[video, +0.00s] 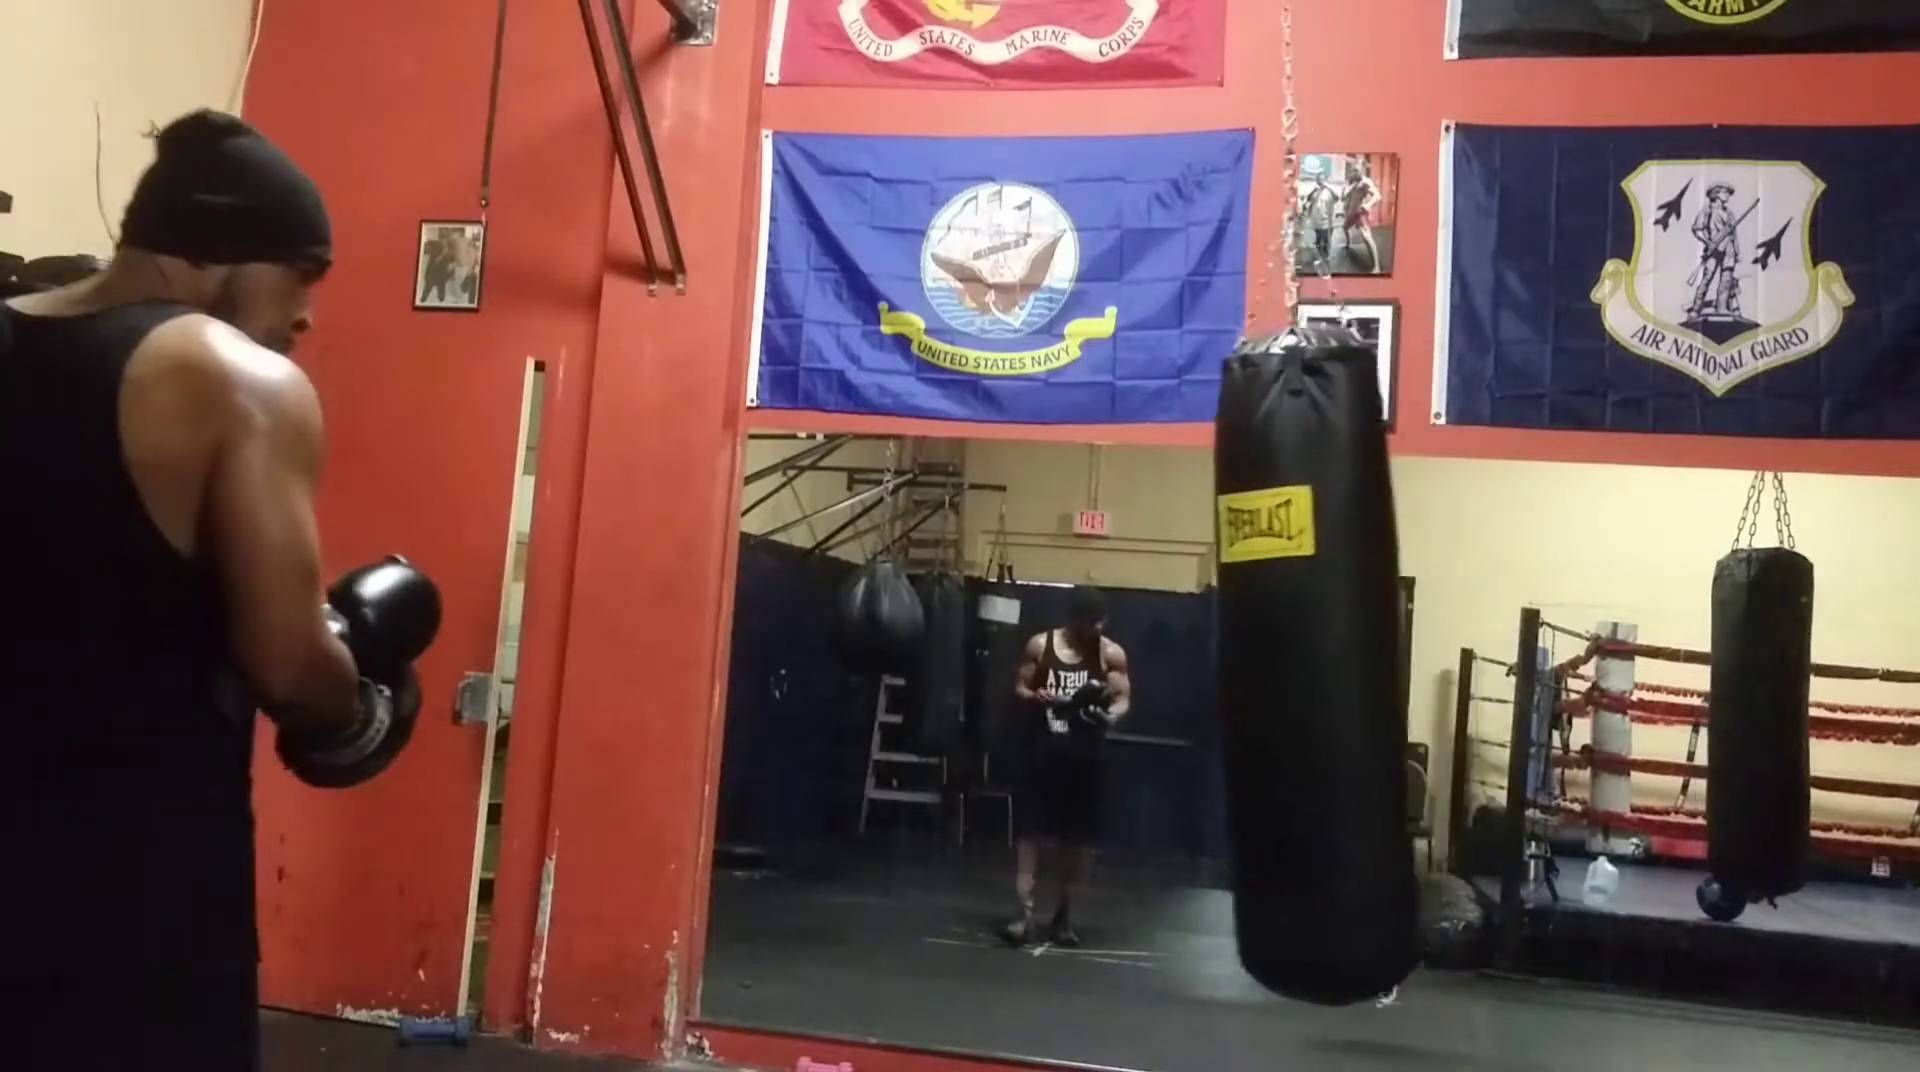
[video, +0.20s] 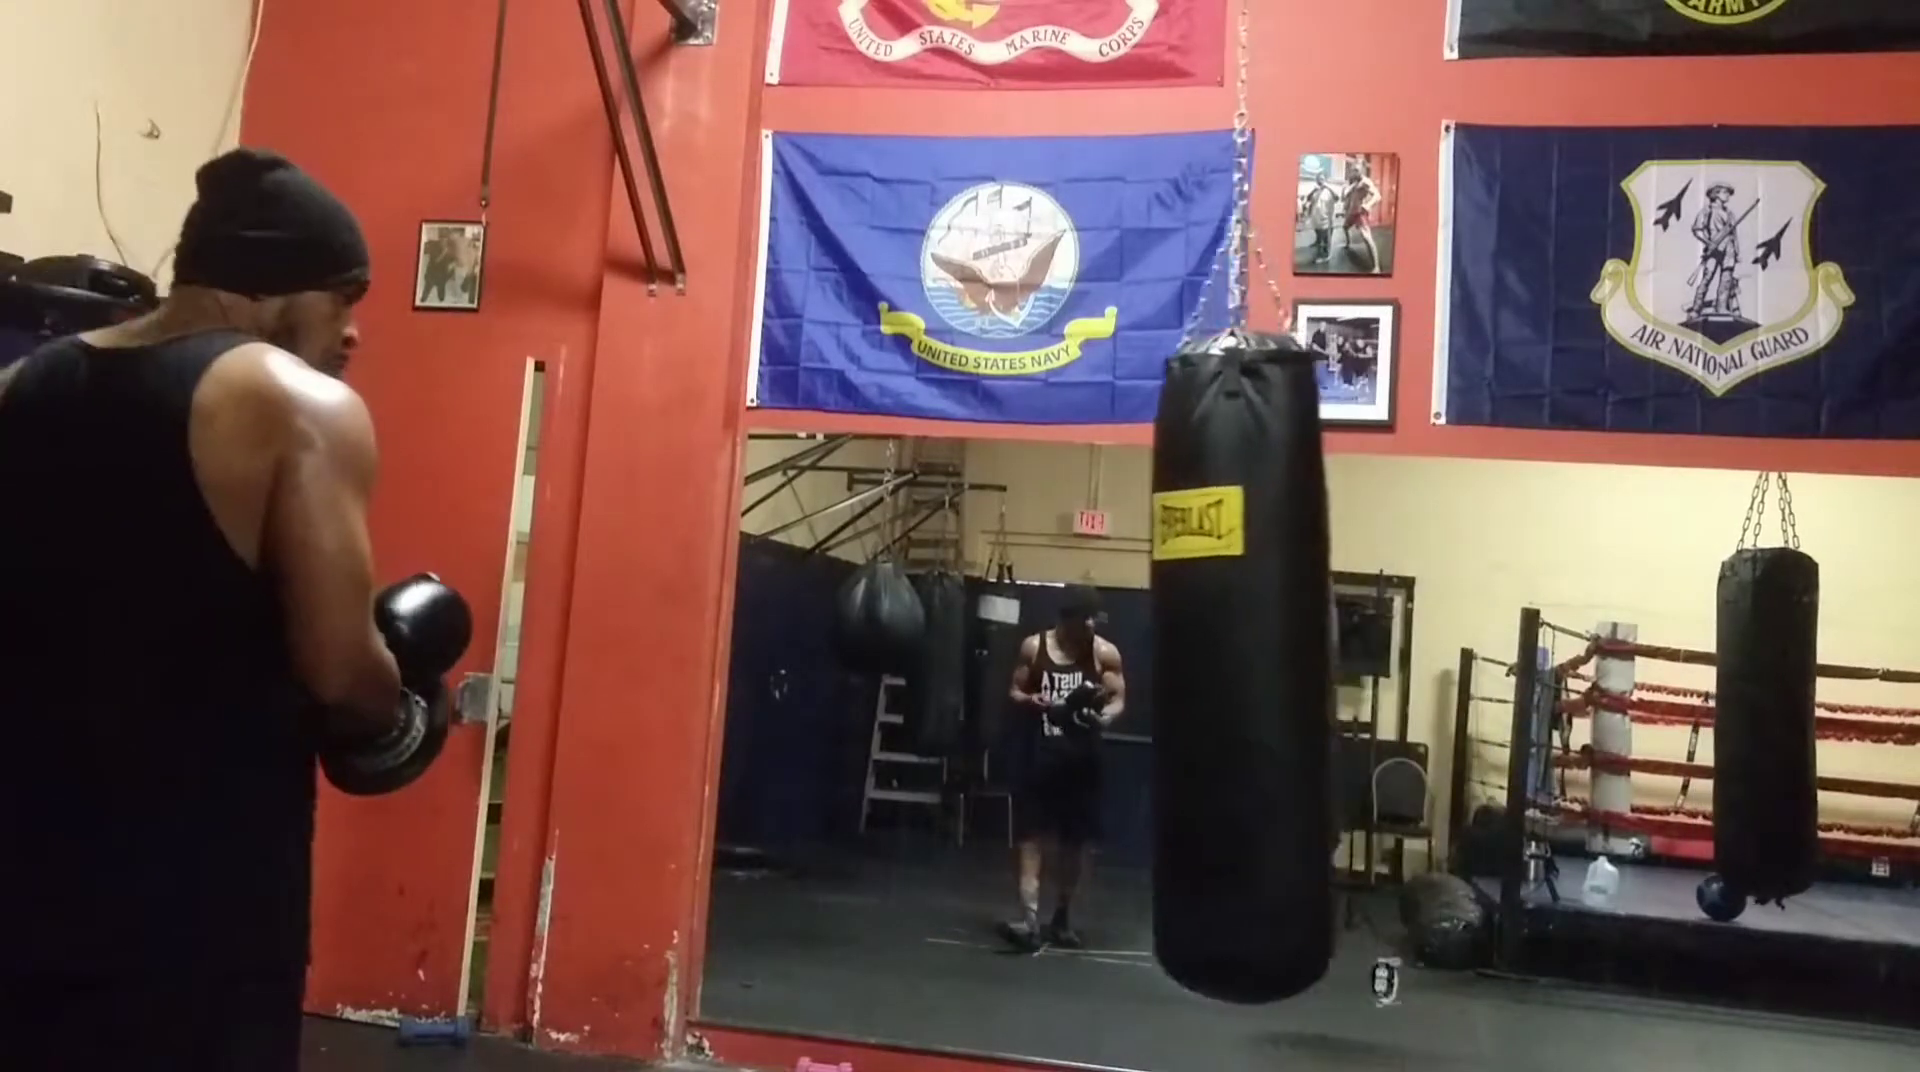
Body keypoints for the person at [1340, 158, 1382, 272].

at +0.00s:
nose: (1352, 173)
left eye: (1355, 170)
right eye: (1351, 171)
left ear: (1360, 171)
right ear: (1349, 172)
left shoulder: (1365, 182)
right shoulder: (1350, 185)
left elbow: (1376, 195)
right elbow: (1343, 198)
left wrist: (1367, 206)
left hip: (1360, 213)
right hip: (1350, 214)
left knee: (1366, 237)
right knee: (1346, 228)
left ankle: (1375, 266)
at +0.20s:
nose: (1353, 173)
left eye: (1356, 170)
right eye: (1352, 171)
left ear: (1360, 172)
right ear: (1349, 172)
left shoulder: (1365, 182)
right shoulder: (1350, 184)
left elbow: (1376, 195)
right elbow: (1344, 198)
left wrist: (1367, 206)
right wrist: (1352, 186)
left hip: (1360, 212)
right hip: (1350, 212)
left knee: (1366, 237)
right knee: (1345, 227)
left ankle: (1376, 266)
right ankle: (1348, 243)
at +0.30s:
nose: (1352, 173)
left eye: (1355, 170)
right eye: (1351, 171)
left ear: (1359, 171)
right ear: (1349, 172)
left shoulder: (1365, 182)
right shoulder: (1351, 184)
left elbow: (1376, 196)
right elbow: (1345, 198)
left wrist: (1367, 206)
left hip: (1360, 212)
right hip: (1351, 212)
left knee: (1366, 237)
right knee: (1345, 227)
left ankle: (1376, 266)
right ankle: (1348, 243)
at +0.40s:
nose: (1353, 173)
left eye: (1355, 171)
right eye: (1352, 171)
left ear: (1360, 172)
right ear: (1350, 172)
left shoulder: (1365, 182)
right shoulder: (1350, 184)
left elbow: (1376, 195)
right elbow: (1344, 198)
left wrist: (1367, 206)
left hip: (1360, 212)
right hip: (1351, 212)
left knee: (1366, 237)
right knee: (1345, 227)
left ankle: (1376, 266)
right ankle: (1348, 243)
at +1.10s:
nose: (1352, 174)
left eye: (1355, 171)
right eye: (1352, 171)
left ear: (1359, 172)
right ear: (1350, 172)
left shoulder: (1365, 182)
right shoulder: (1350, 184)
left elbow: (1376, 195)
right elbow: (1343, 198)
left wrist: (1367, 206)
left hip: (1361, 212)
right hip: (1351, 212)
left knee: (1366, 236)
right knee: (1345, 227)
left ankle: (1376, 266)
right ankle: (1348, 243)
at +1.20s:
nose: (1351, 174)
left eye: (1354, 171)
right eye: (1350, 172)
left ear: (1358, 172)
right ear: (1350, 173)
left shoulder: (1365, 182)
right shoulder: (1351, 184)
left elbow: (1376, 195)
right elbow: (1345, 199)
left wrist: (1367, 206)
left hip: (1361, 212)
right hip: (1351, 212)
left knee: (1366, 237)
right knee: (1345, 227)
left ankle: (1376, 266)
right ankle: (1348, 243)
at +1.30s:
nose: (1352, 174)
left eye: (1355, 171)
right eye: (1351, 171)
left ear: (1359, 172)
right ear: (1349, 173)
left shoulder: (1365, 182)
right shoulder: (1349, 184)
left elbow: (1376, 196)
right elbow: (1343, 198)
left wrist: (1366, 206)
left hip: (1360, 212)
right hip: (1350, 212)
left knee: (1367, 237)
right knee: (1345, 227)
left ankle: (1376, 266)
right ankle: (1348, 243)